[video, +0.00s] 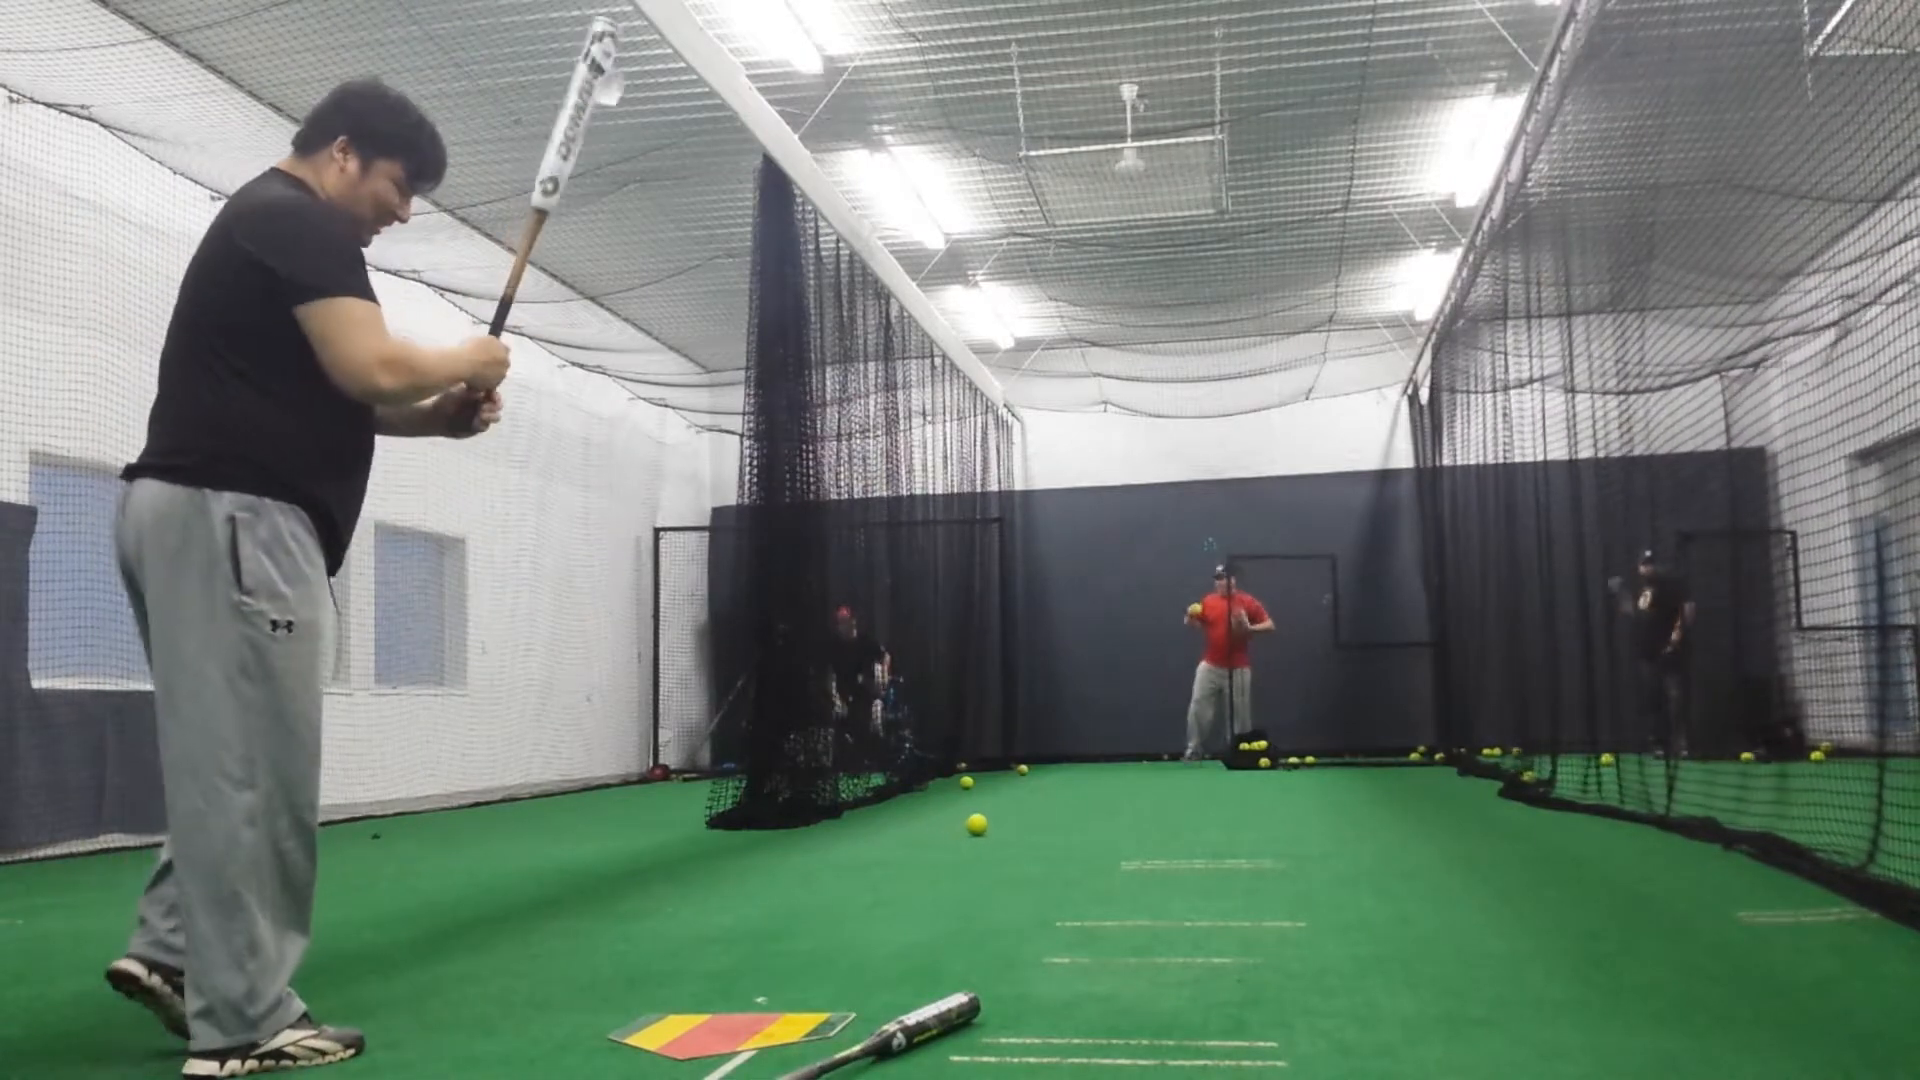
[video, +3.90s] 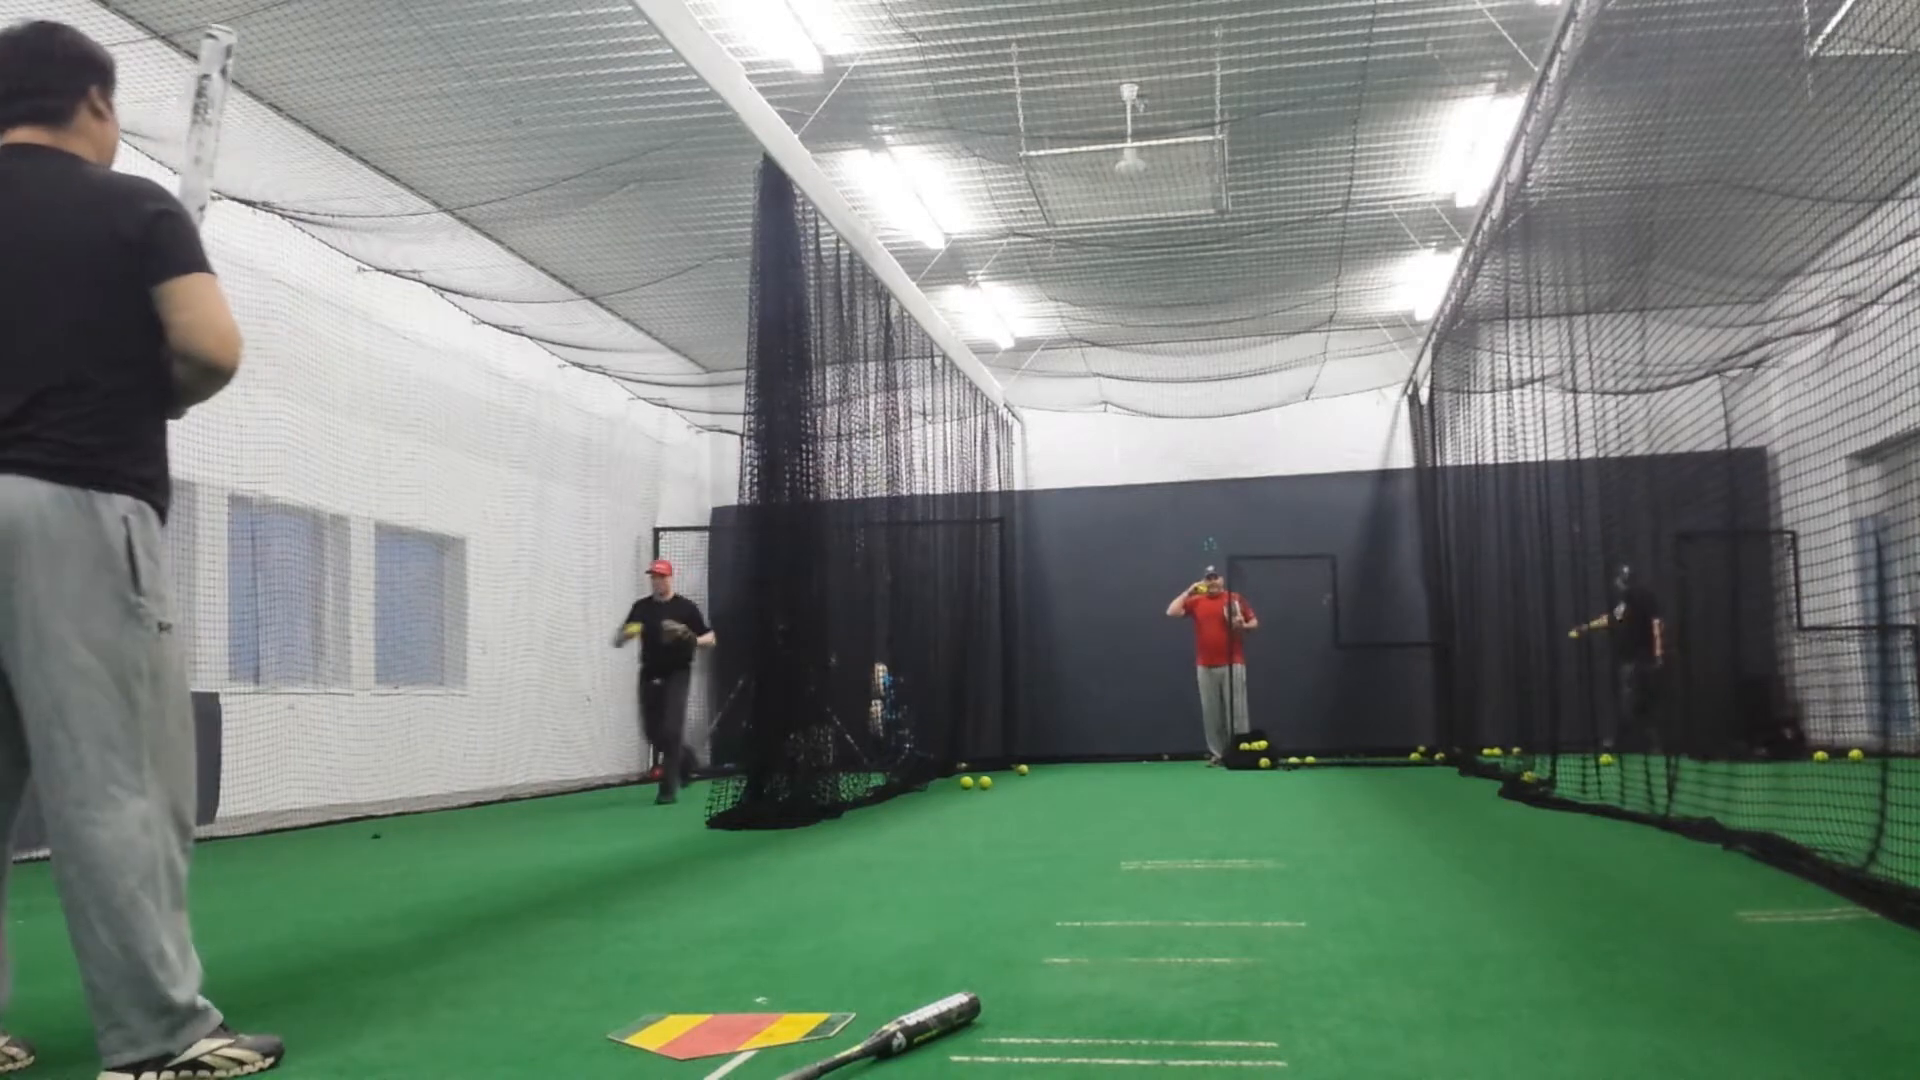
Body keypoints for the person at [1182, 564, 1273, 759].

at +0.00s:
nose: (1219, 583)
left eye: (1223, 578)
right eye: (1217, 578)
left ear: (1233, 580)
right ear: (1215, 581)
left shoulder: (1246, 601)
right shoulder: (1209, 601)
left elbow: (1269, 624)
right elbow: (1198, 624)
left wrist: (1249, 627)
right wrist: (1191, 618)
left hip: (1238, 666)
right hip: (1212, 664)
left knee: (1240, 709)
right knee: (1199, 706)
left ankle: (1241, 750)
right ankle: (1194, 748)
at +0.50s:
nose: (1193, 586)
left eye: (1196, 582)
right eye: (1192, 582)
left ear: (1209, 582)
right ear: (1193, 585)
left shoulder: (1226, 604)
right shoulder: (1190, 606)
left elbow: (1247, 626)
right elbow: (1175, 635)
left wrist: (1229, 630)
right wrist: (1179, 627)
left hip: (1221, 667)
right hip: (1195, 667)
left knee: (1226, 711)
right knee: (1193, 711)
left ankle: (1235, 751)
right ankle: (1194, 754)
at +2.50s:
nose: (1217, 580)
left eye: (1222, 576)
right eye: (1216, 576)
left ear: (1233, 579)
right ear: (1213, 579)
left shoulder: (1245, 602)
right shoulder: (1207, 602)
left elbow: (1260, 628)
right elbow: (1192, 626)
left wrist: (1246, 630)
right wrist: (1199, 627)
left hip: (1238, 662)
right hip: (1212, 663)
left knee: (1240, 707)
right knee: (1214, 708)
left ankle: (1242, 751)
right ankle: (1217, 752)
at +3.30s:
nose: (1211, 581)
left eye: (1214, 576)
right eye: (1207, 577)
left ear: (1221, 578)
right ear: (1202, 581)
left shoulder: (1236, 600)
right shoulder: (1198, 604)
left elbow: (1256, 621)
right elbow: (1176, 626)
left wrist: (1242, 624)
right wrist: (1187, 603)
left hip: (1234, 662)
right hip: (1208, 663)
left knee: (1238, 707)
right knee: (1212, 709)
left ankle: (1241, 750)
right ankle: (1216, 752)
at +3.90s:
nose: (1212, 581)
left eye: (1215, 577)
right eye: (1209, 579)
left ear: (1222, 580)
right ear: (1204, 582)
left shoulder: (1233, 599)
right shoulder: (1196, 601)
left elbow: (1254, 622)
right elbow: (1171, 611)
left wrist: (1242, 624)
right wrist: (1189, 591)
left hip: (1232, 661)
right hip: (1206, 663)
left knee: (1237, 707)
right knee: (1210, 710)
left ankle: (1241, 750)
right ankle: (1216, 752)